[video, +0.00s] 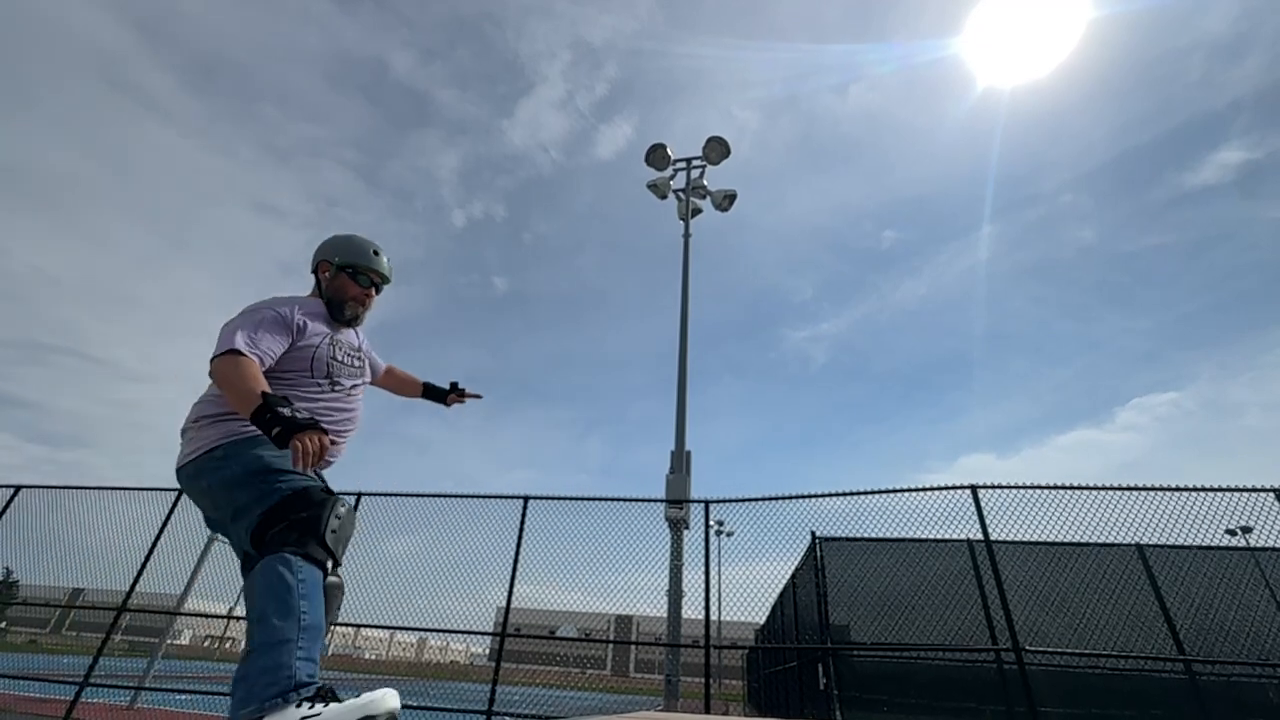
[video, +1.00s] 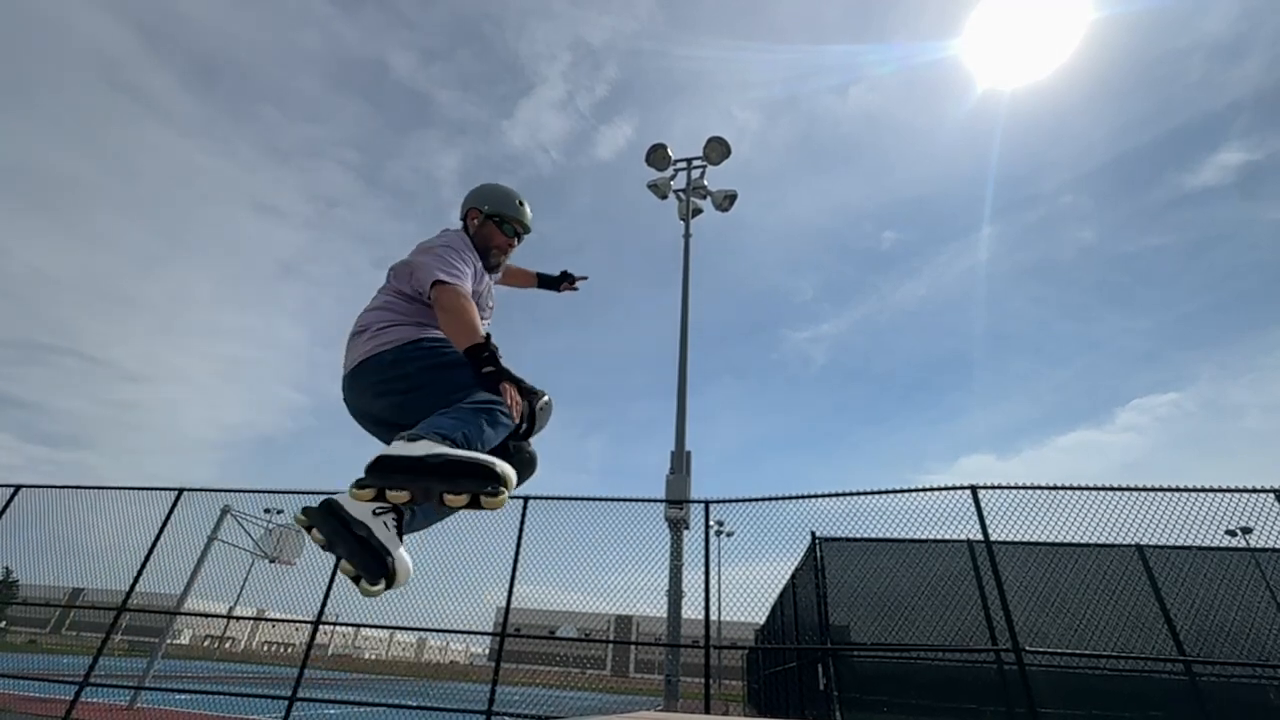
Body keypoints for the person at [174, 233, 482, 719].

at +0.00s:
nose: (368, 293)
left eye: (376, 287)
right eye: (359, 279)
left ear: (378, 296)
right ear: (325, 273)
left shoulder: (357, 346)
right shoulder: (286, 314)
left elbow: (385, 375)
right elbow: (230, 362)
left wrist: (437, 394)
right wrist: (280, 419)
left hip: (275, 463)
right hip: (229, 443)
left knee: (305, 565)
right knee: (302, 515)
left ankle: (269, 699)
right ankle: (281, 696)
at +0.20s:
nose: (398, 280)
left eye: (405, 274)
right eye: (390, 266)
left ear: (407, 281)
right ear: (357, 259)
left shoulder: (387, 331)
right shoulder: (322, 296)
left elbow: (414, 356)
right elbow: (276, 345)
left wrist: (463, 370)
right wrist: (329, 406)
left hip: (308, 437)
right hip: (265, 418)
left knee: (361, 539)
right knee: (356, 481)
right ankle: (315, 653)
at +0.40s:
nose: (427, 266)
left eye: (435, 260)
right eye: (419, 253)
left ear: (436, 267)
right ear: (387, 245)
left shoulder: (412, 313)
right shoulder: (355, 279)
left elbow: (440, 333)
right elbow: (322, 328)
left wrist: (485, 346)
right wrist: (376, 391)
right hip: (300, 399)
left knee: (411, 521)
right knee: (406, 454)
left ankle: (291, 686)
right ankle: (351, 595)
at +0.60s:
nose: (456, 257)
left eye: (462, 251)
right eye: (448, 244)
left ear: (461, 255)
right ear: (416, 235)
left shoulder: (432, 297)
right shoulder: (388, 265)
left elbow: (463, 311)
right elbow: (365, 313)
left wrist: (510, 325)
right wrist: (417, 381)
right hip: (331, 382)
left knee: (449, 498)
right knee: (450, 433)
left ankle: (312, 627)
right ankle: (380, 538)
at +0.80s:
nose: (483, 250)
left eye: (490, 244)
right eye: (475, 236)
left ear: (490, 247)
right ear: (444, 228)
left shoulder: (458, 286)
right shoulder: (420, 255)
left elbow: (489, 293)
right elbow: (409, 305)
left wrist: (532, 303)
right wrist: (455, 371)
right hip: (361, 369)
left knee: (483, 476)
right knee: (487, 415)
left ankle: (345, 570)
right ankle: (405, 487)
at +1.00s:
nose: (512, 242)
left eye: (518, 237)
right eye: (505, 229)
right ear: (474, 219)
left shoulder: (479, 273)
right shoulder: (452, 247)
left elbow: (507, 273)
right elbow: (449, 300)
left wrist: (551, 282)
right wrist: (493, 368)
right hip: (391, 354)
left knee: (507, 456)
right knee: (517, 402)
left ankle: (382, 517)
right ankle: (430, 439)